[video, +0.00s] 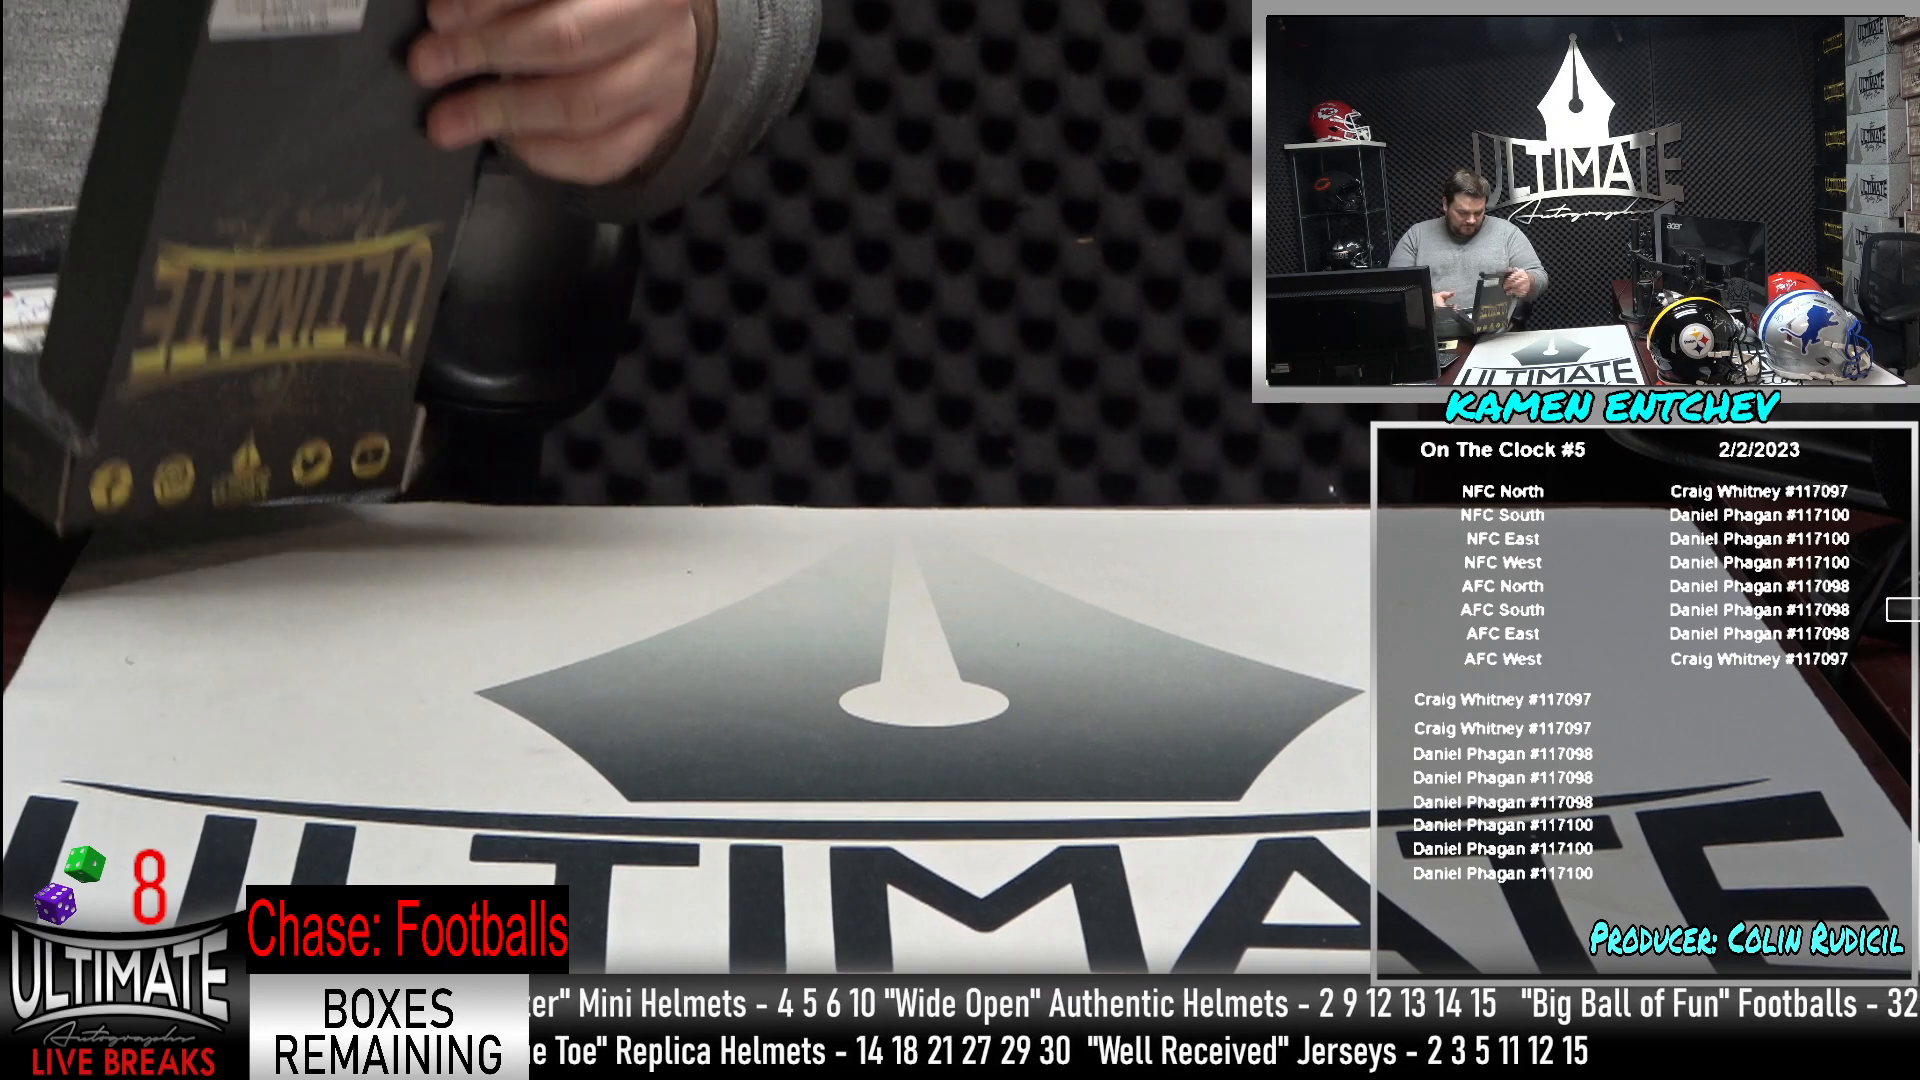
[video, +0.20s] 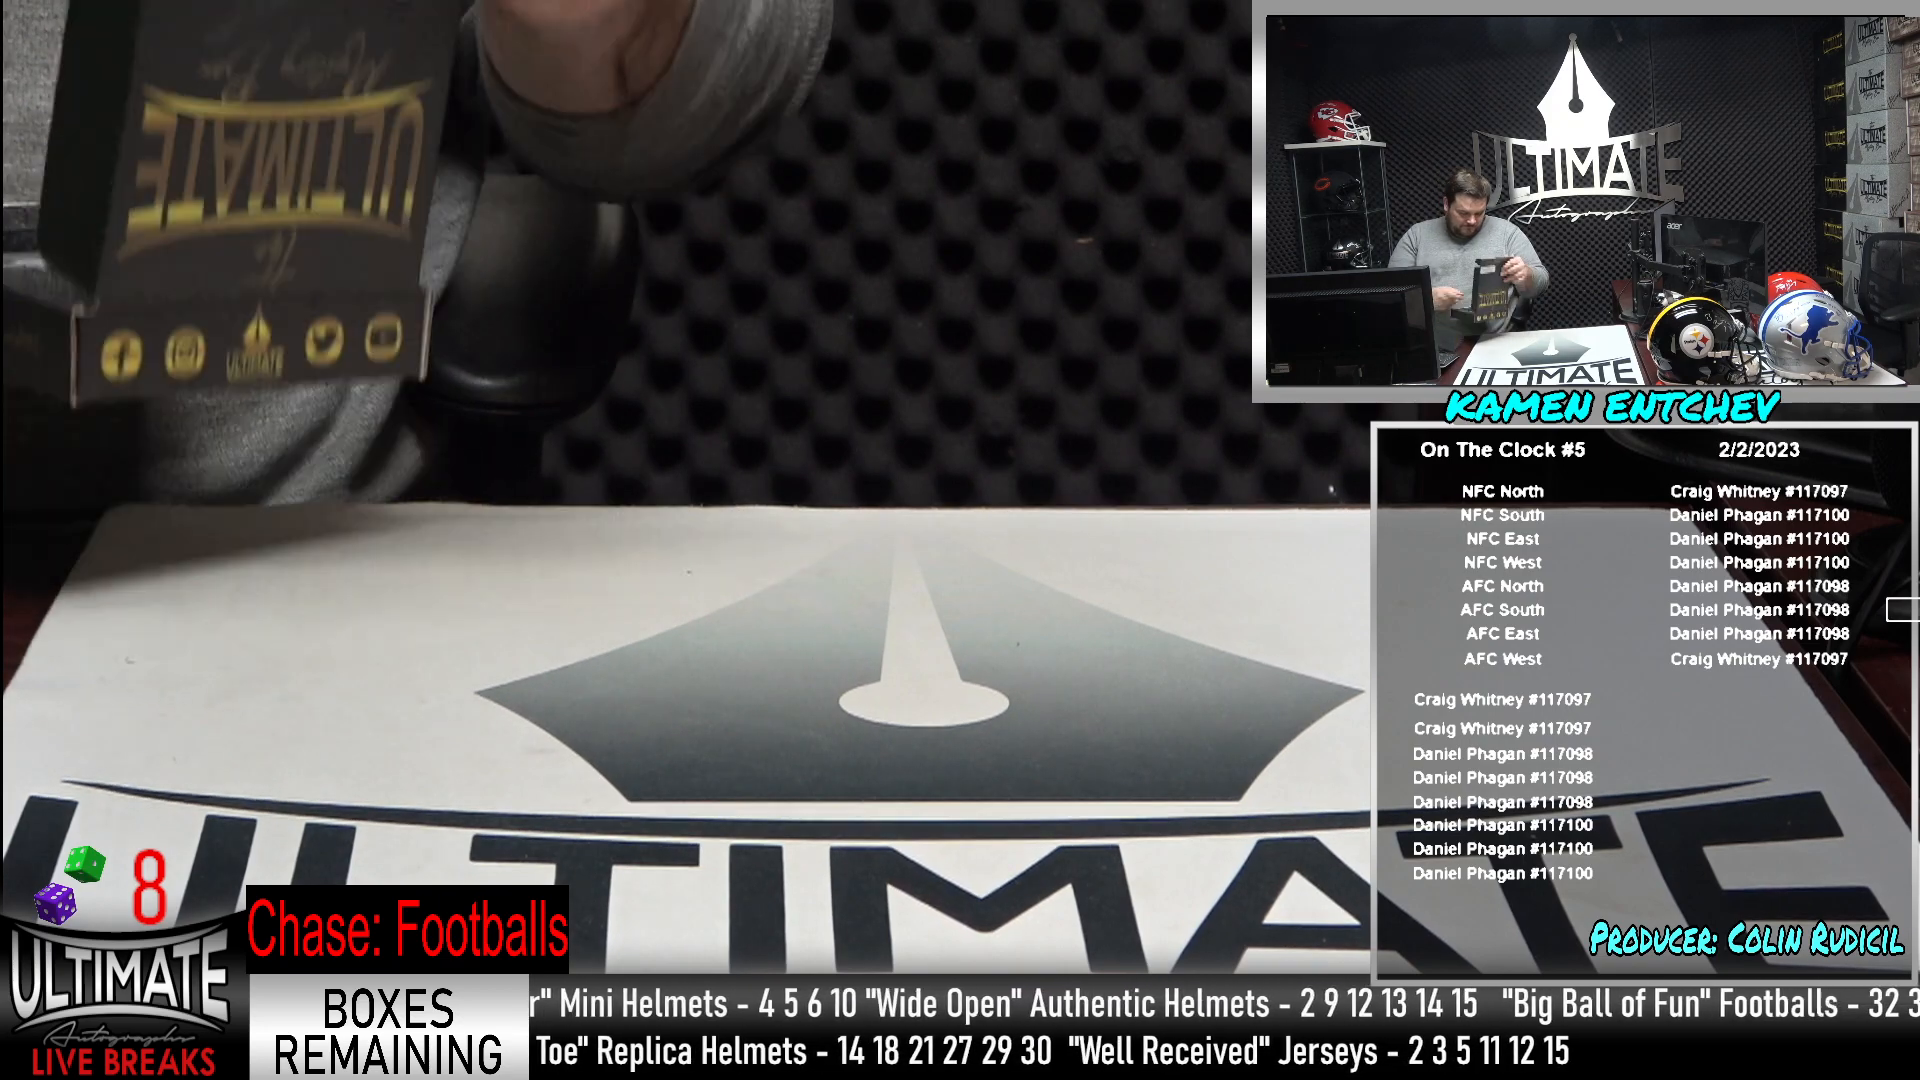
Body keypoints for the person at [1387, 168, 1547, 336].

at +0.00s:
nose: (1471, 220)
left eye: (1478, 213)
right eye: (1463, 213)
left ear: (1485, 206)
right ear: (1445, 205)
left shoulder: (1506, 234)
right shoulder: (1417, 236)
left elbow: (1539, 275)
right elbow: (1393, 287)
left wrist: (1528, 283)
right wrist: (1424, 300)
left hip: (1496, 343)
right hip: (1434, 347)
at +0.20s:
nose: (1472, 221)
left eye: (1479, 213)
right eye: (1463, 213)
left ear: (1486, 206)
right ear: (1446, 204)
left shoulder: (1507, 233)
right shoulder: (1418, 236)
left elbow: (1541, 280)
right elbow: (1392, 289)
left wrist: (1527, 275)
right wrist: (1426, 298)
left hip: (1494, 348)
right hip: (1431, 352)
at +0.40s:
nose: (1472, 221)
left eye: (1479, 213)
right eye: (1463, 213)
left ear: (1486, 207)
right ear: (1446, 204)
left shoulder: (1507, 233)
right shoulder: (1418, 235)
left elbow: (1538, 284)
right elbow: (1393, 285)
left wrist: (1523, 271)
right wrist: (1432, 291)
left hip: (1494, 347)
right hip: (1432, 350)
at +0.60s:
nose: (1472, 220)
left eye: (1479, 213)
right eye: (1464, 212)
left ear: (1486, 207)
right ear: (1447, 204)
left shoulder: (1507, 233)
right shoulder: (1418, 235)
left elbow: (1539, 283)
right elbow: (1394, 285)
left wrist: (1520, 267)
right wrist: (1436, 290)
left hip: (1495, 347)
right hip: (1434, 350)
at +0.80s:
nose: (1472, 219)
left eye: (1479, 211)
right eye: (1463, 211)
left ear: (1486, 206)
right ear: (1447, 204)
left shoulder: (1506, 232)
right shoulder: (1418, 235)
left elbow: (1539, 283)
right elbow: (1394, 285)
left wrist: (1518, 265)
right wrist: (1437, 290)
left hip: (1497, 346)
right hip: (1436, 350)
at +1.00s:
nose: (1471, 218)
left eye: (1478, 211)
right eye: (1463, 210)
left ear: (1485, 205)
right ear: (1446, 203)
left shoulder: (1506, 231)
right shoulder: (1418, 235)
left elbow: (1538, 285)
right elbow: (1394, 287)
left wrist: (1517, 266)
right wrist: (1435, 292)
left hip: (1497, 346)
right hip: (1436, 350)